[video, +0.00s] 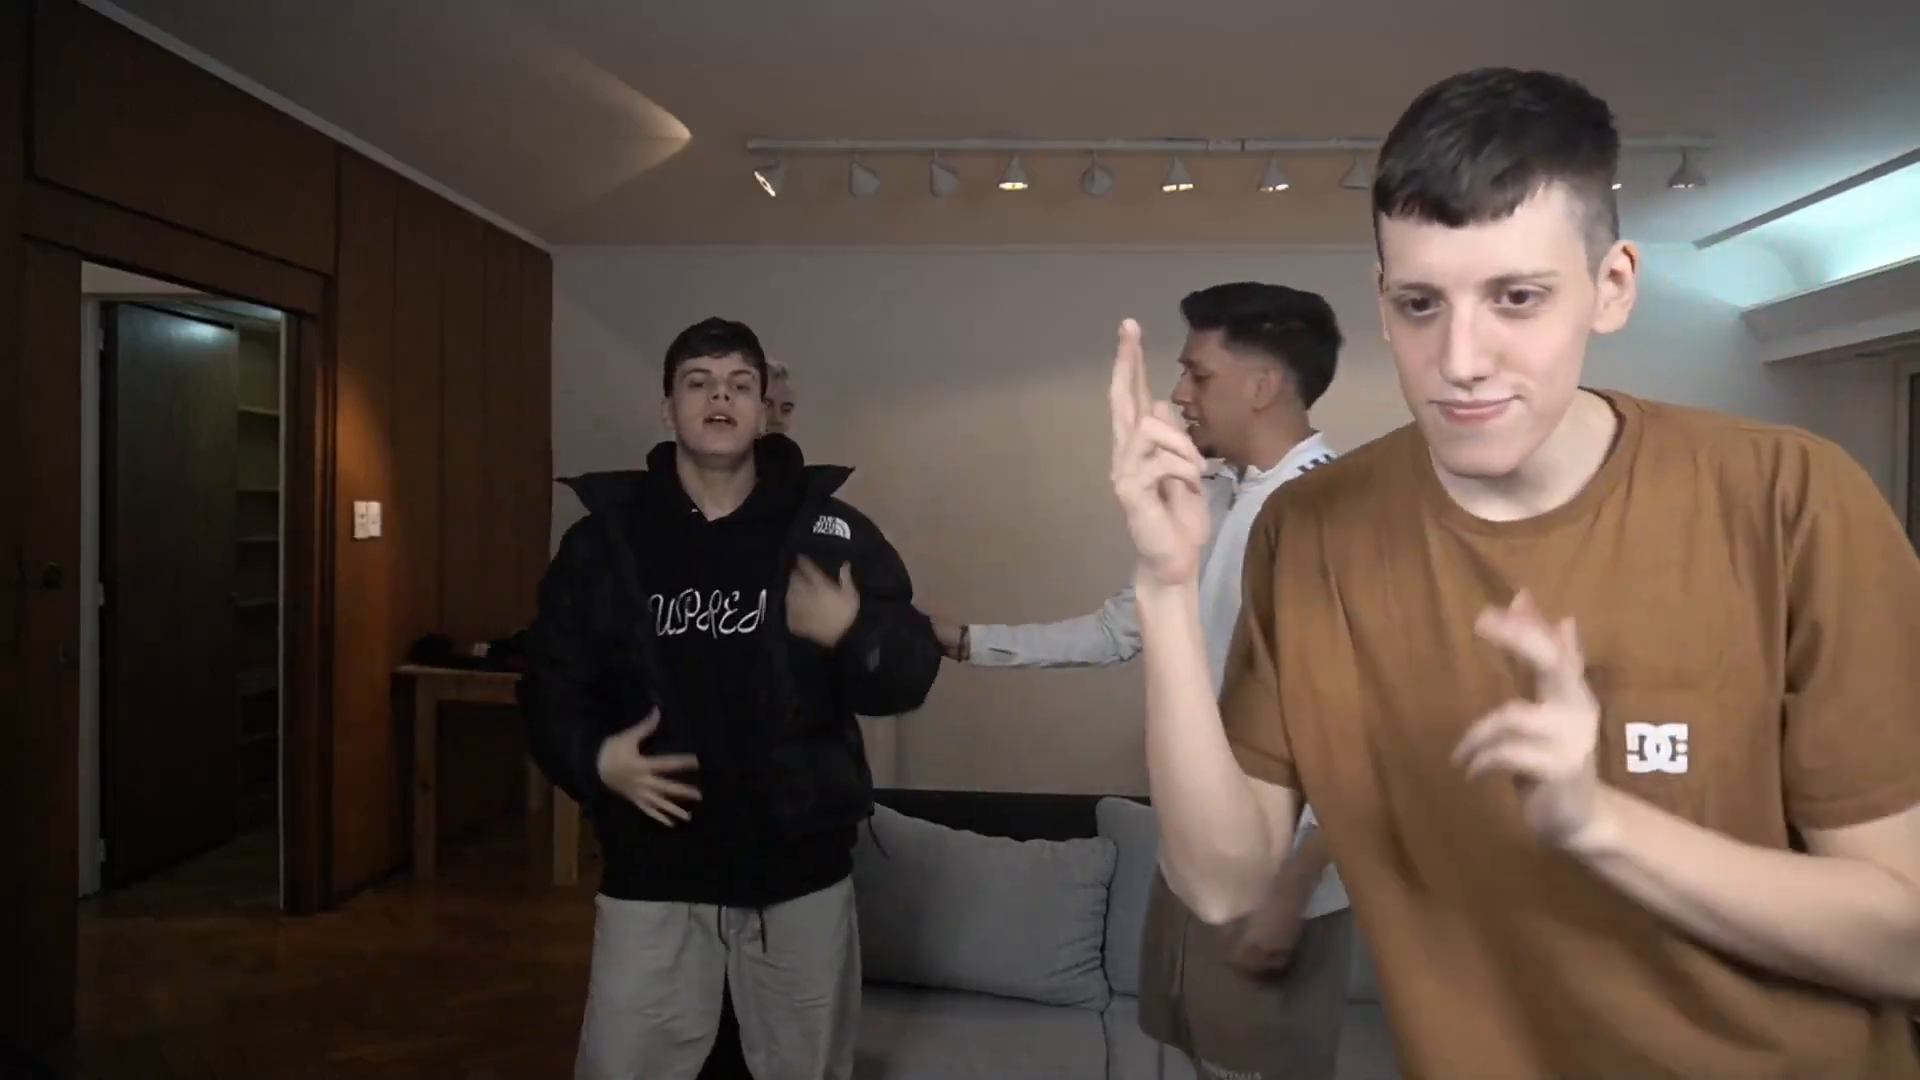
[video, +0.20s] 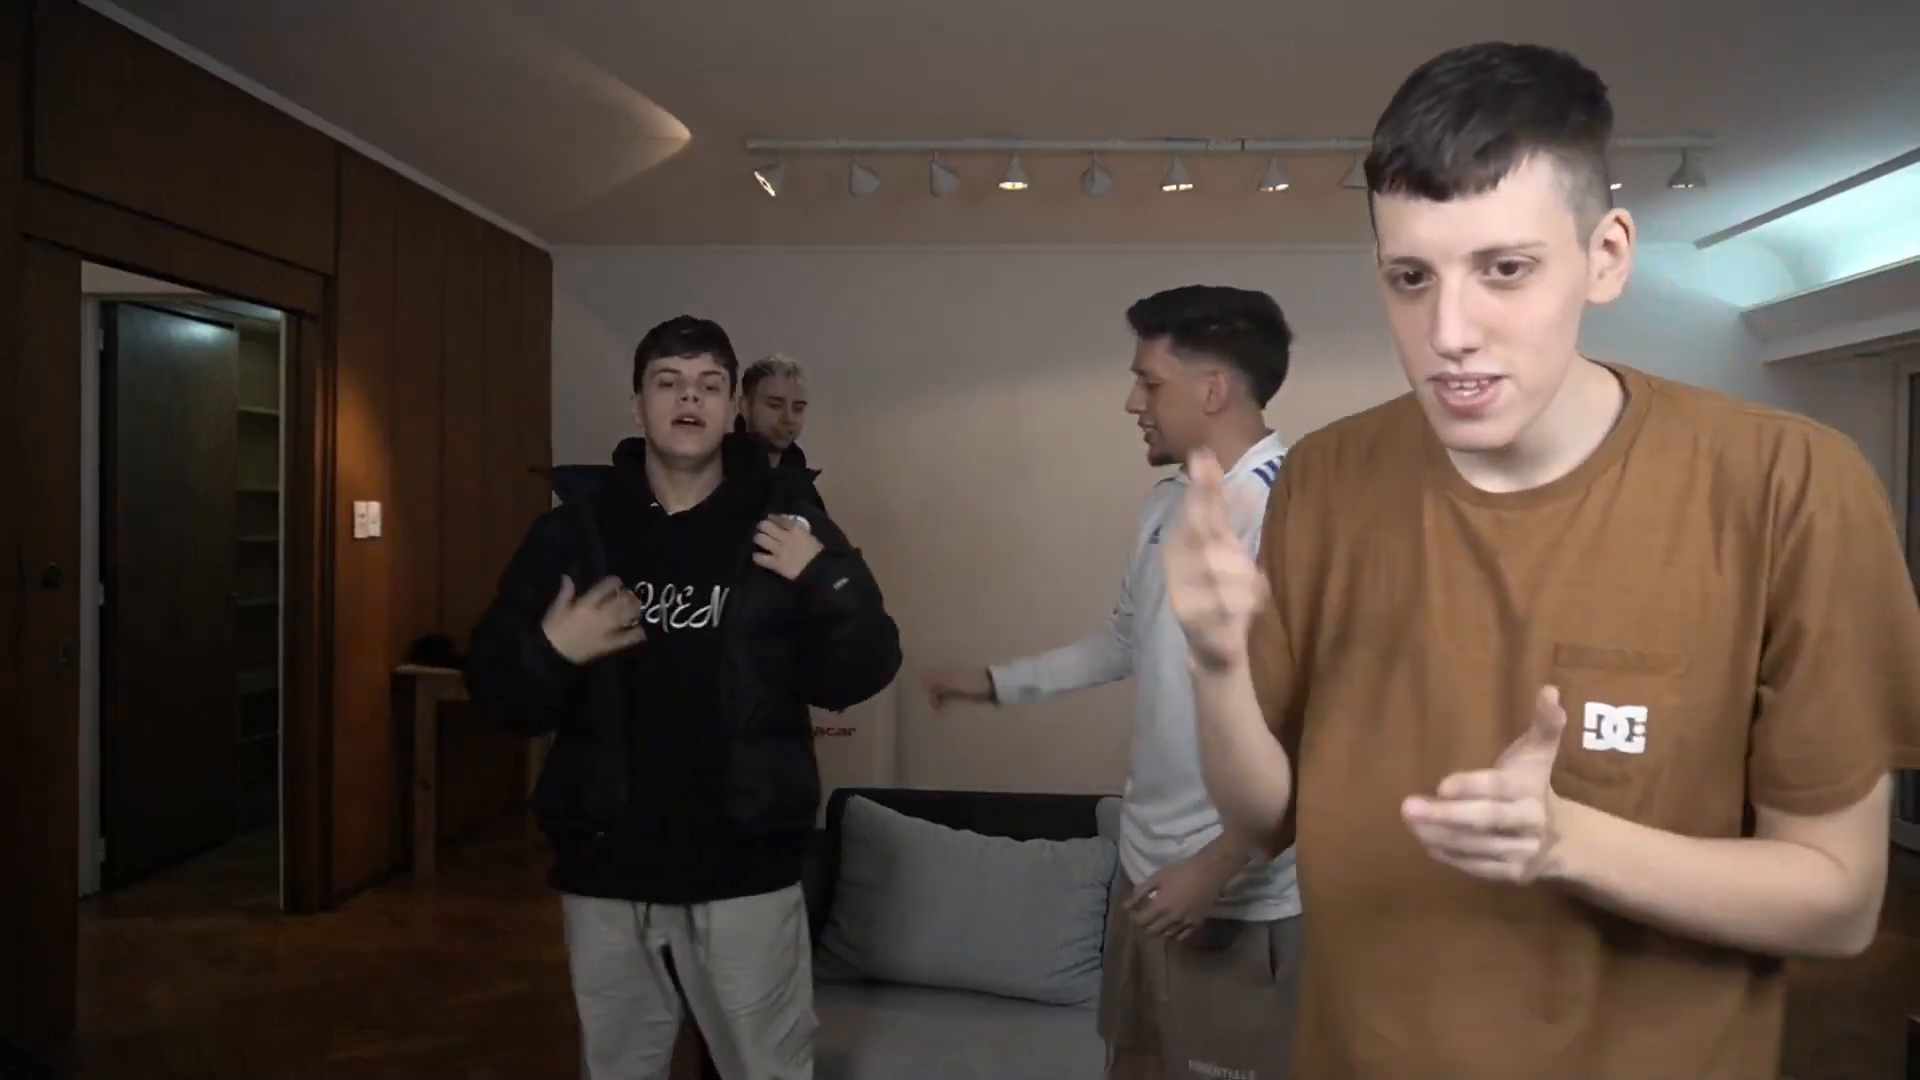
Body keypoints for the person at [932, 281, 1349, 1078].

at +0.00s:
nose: (1180, 398)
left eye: (1199, 376)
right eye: (1182, 376)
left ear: (1268, 383)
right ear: (1262, 385)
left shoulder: (1327, 509)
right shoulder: (1224, 502)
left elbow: (1366, 734)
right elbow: (1122, 627)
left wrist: (1292, 883)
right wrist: (967, 641)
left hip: (1279, 873)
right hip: (1200, 848)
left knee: (1258, 1062)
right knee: (1183, 1047)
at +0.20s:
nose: (1133, 404)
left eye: (1150, 383)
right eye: (1137, 383)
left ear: (1217, 389)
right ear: (1208, 390)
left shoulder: (1291, 514)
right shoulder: (1166, 511)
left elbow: (1326, 736)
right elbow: (1125, 646)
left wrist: (1215, 868)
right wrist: (993, 683)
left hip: (1242, 906)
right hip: (1146, 882)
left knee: (1229, 1074)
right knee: (1138, 1064)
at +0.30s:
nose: (1113, 401)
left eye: (1128, 381)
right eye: (1116, 380)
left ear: (1195, 389)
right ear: (1186, 391)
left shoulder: (1261, 516)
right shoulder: (1155, 498)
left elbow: (1312, 726)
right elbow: (1131, 666)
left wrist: (1223, 878)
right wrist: (1041, 748)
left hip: (1219, 887)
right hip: (1123, 859)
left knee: (1212, 1071)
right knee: (1094, 1054)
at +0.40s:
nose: (1093, 406)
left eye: (1109, 385)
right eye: (1096, 384)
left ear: (1176, 392)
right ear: (1172, 394)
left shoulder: (1249, 530)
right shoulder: (1134, 502)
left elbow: (1295, 734)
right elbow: (1145, 683)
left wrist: (1248, 897)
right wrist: (1109, 821)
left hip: (1193, 896)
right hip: (1100, 856)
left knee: (1190, 1067)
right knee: (1062, 1037)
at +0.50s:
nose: (1072, 407)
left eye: (1089, 387)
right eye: (1075, 385)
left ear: (1155, 394)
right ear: (1145, 396)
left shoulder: (1234, 531)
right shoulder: (1112, 503)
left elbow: (1283, 717)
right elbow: (1123, 683)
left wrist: (1278, 885)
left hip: (1182, 897)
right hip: (1079, 863)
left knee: (1172, 1069)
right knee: (1054, 1042)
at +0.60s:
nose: (1052, 406)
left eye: (1071, 386)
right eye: (1056, 384)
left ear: (1135, 397)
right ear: (1127, 397)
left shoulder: (1207, 530)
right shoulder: (1084, 508)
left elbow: (1271, 715)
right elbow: (1097, 680)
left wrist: (1271, 904)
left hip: (1164, 898)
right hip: (1063, 870)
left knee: (1159, 1070)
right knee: (1057, 1055)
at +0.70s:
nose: (1034, 404)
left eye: (1053, 385)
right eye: (1036, 383)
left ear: (1117, 395)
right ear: (1106, 396)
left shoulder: (1176, 520)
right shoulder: (1066, 504)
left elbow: (1239, 697)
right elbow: (1087, 667)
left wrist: (1242, 877)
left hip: (1135, 882)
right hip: (1048, 859)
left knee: (1137, 1066)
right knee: (1049, 1053)